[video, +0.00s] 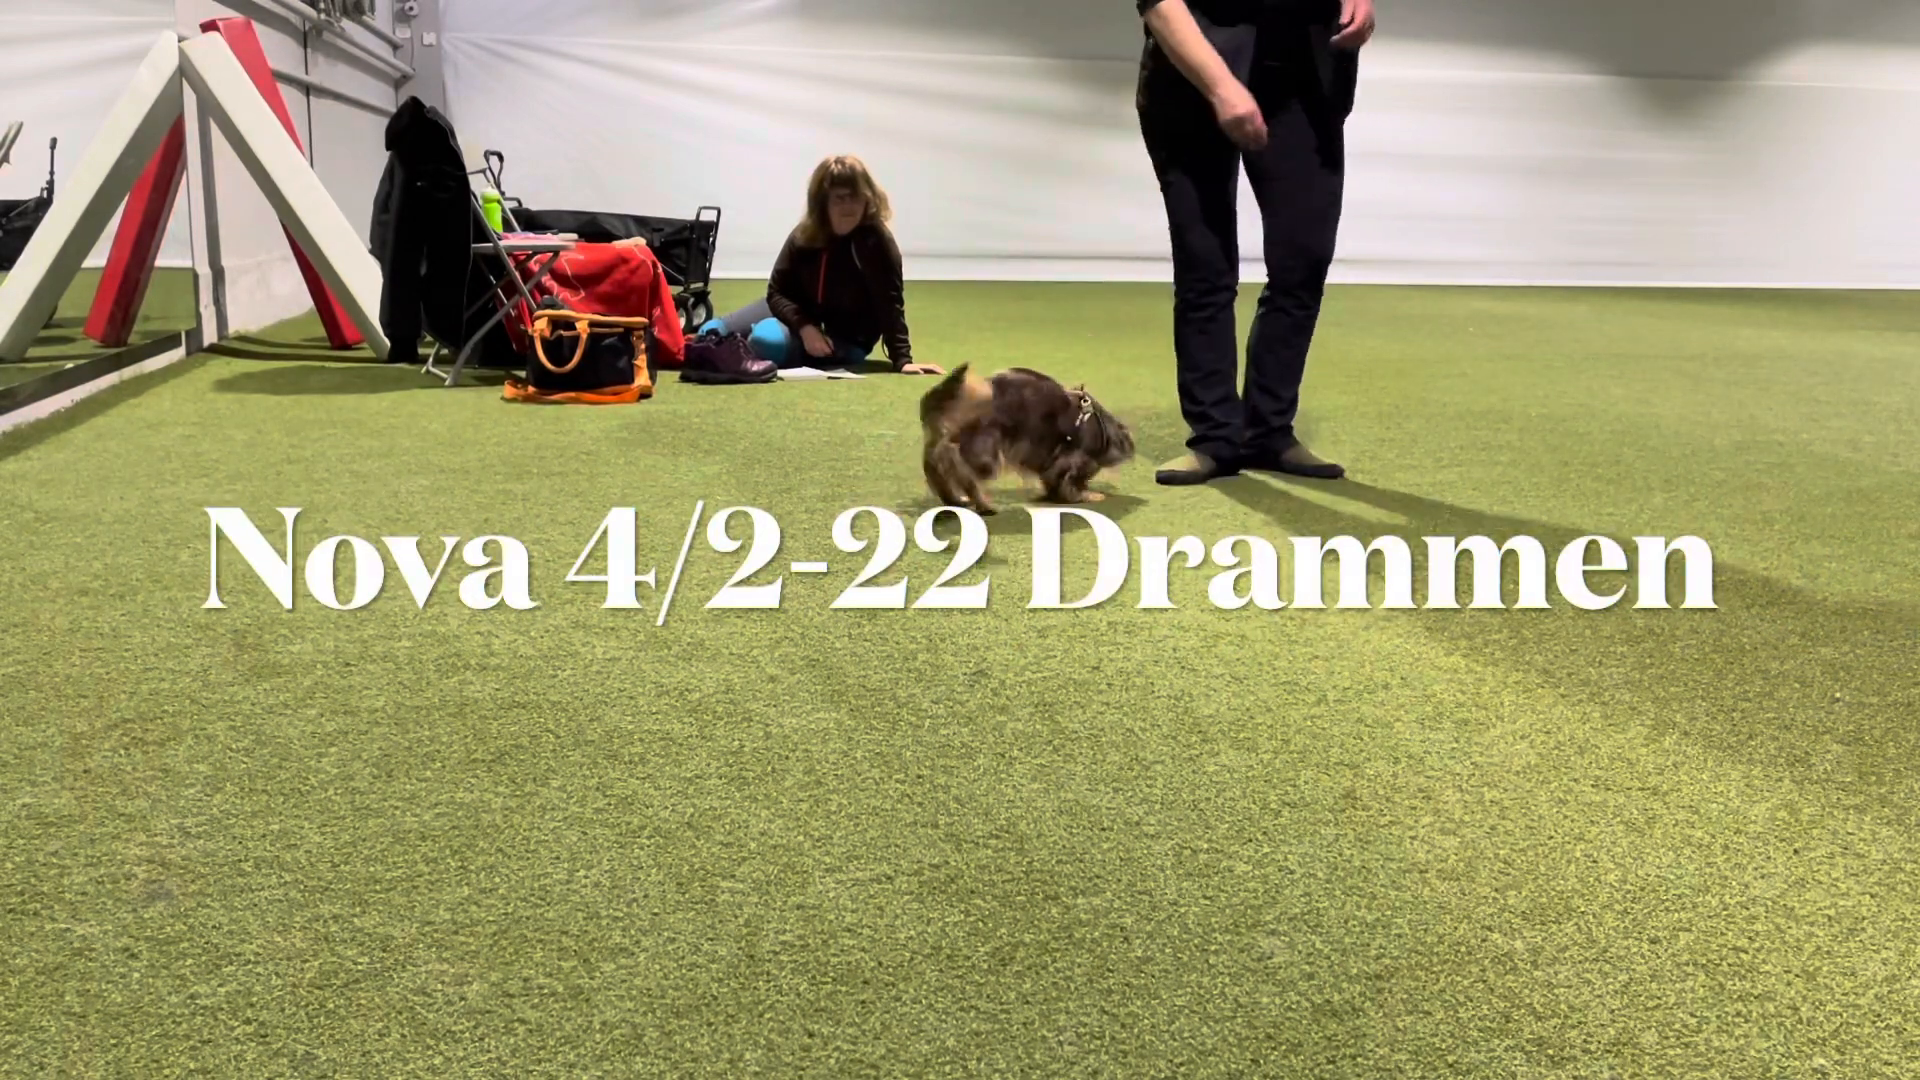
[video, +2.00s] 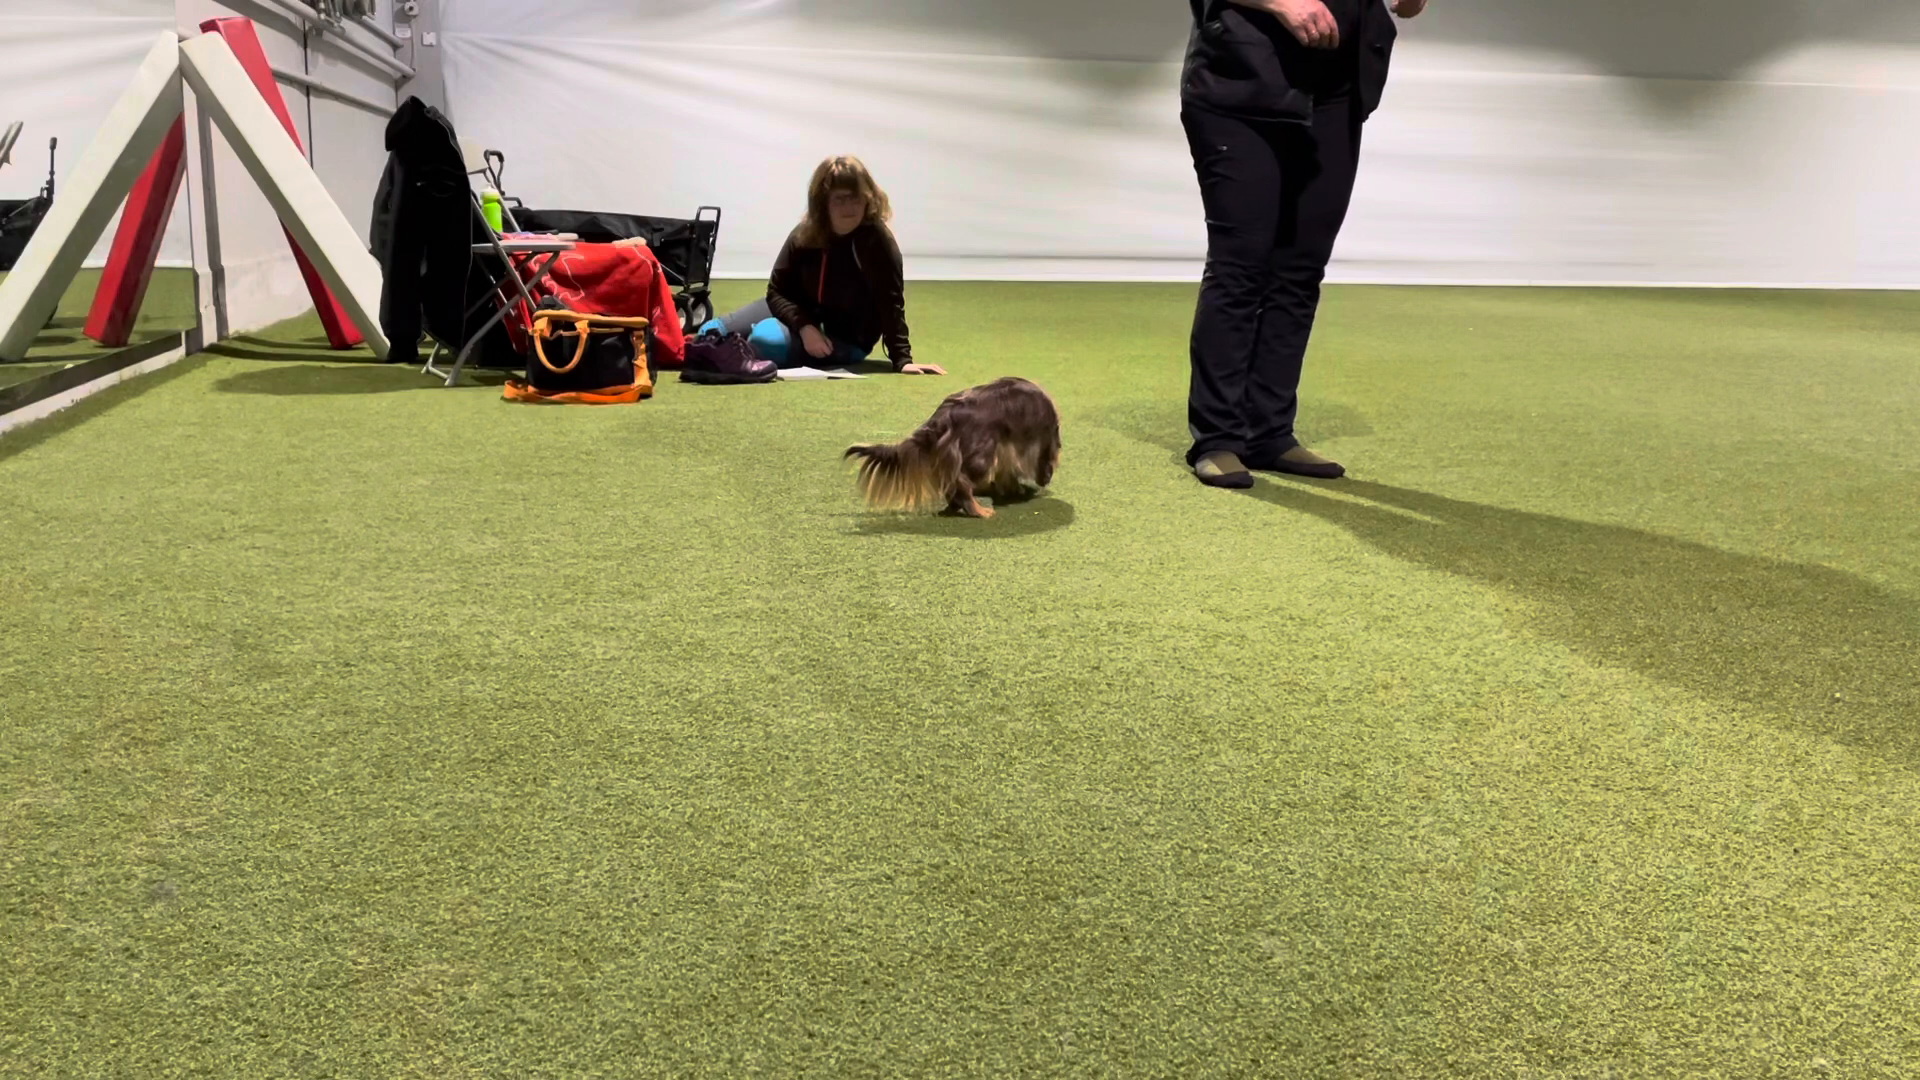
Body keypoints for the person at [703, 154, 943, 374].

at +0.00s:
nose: (848, 205)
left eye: (855, 196)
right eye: (839, 197)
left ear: (867, 200)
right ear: (822, 201)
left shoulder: (878, 242)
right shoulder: (804, 237)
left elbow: (891, 302)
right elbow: (777, 293)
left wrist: (903, 361)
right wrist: (804, 327)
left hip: (841, 338)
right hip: (794, 313)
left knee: (764, 338)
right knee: (712, 332)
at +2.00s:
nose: (848, 206)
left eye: (855, 197)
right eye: (839, 198)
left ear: (867, 200)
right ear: (823, 202)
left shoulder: (879, 243)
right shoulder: (804, 237)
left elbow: (892, 302)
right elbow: (777, 292)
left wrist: (902, 360)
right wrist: (804, 328)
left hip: (843, 337)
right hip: (796, 313)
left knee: (764, 337)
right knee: (715, 330)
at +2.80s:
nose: (847, 205)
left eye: (854, 197)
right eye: (838, 198)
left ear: (866, 200)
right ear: (822, 201)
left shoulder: (878, 242)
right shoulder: (804, 237)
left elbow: (891, 302)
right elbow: (777, 292)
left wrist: (902, 360)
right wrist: (804, 328)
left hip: (843, 338)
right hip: (796, 313)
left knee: (764, 336)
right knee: (712, 331)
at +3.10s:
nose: (846, 205)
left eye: (854, 197)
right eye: (838, 198)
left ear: (866, 200)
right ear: (822, 201)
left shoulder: (878, 243)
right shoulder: (804, 237)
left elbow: (891, 302)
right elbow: (777, 292)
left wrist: (902, 360)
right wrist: (804, 328)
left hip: (842, 337)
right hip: (796, 312)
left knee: (765, 337)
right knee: (712, 331)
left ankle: (732, 346)